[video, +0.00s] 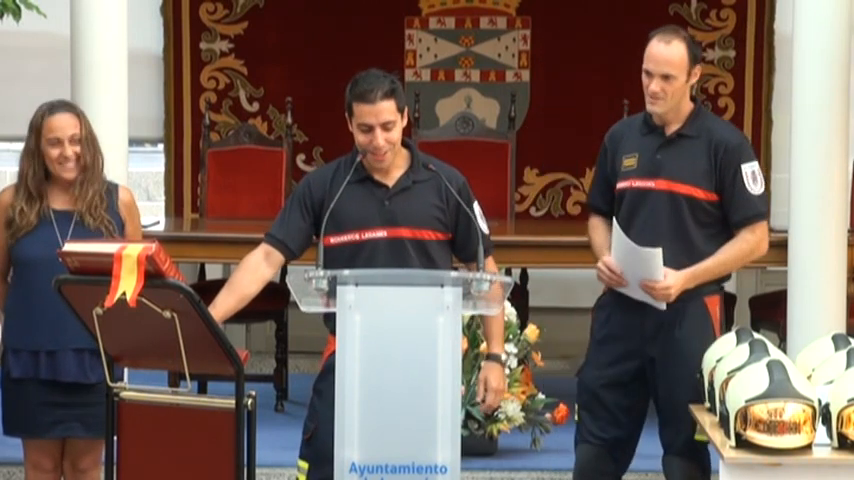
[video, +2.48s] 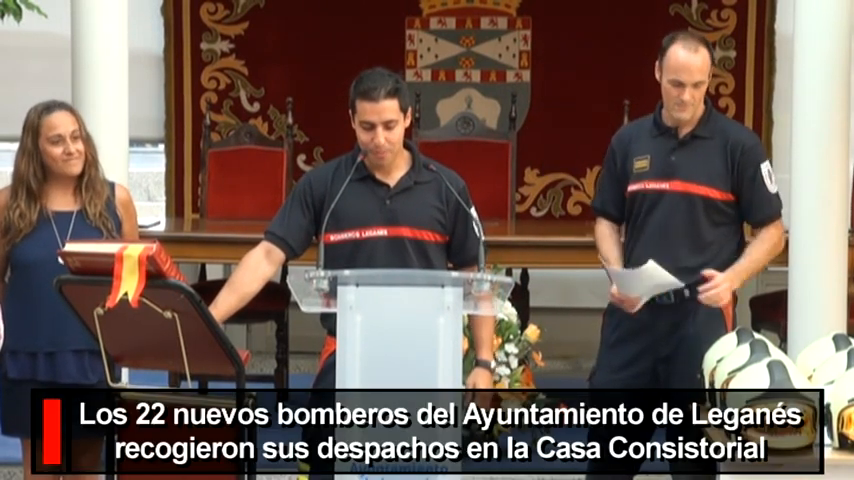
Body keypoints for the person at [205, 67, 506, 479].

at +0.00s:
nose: (378, 141)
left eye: (387, 127)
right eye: (366, 129)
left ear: (405, 120)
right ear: (349, 125)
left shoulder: (447, 186)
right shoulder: (322, 186)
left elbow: (486, 273)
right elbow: (267, 257)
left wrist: (494, 357)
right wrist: (207, 321)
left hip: (428, 356)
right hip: (349, 356)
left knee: (425, 469)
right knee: (323, 466)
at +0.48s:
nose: (376, 138)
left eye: (387, 125)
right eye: (365, 126)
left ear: (406, 119)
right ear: (350, 123)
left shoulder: (445, 187)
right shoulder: (321, 184)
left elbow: (476, 278)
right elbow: (265, 256)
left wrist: (484, 361)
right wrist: (207, 322)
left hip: (425, 354)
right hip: (346, 353)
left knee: (424, 468)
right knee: (323, 466)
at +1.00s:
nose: (375, 137)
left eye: (386, 123)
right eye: (364, 125)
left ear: (406, 119)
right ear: (351, 122)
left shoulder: (445, 188)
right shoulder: (322, 184)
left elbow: (477, 279)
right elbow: (266, 255)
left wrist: (486, 361)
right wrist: (207, 322)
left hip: (426, 355)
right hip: (346, 354)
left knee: (424, 469)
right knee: (323, 466)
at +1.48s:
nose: (377, 138)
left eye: (388, 125)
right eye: (366, 126)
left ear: (408, 119)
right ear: (352, 123)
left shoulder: (447, 188)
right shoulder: (322, 184)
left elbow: (477, 279)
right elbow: (267, 255)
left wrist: (486, 362)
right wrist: (207, 322)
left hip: (428, 357)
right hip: (347, 356)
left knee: (427, 469)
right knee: (324, 465)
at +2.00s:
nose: (380, 139)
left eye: (391, 125)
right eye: (369, 126)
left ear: (408, 119)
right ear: (353, 123)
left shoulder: (447, 188)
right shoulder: (323, 184)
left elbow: (477, 279)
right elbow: (267, 255)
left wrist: (487, 361)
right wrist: (207, 322)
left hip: (428, 352)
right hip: (348, 351)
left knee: (429, 467)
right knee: (322, 462)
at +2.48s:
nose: (378, 139)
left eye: (389, 126)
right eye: (367, 127)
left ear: (408, 119)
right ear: (352, 122)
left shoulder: (447, 188)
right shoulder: (323, 184)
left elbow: (475, 281)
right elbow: (267, 255)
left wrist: (484, 363)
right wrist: (207, 322)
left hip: (428, 352)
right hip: (348, 351)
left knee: (429, 468)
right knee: (331, 464)